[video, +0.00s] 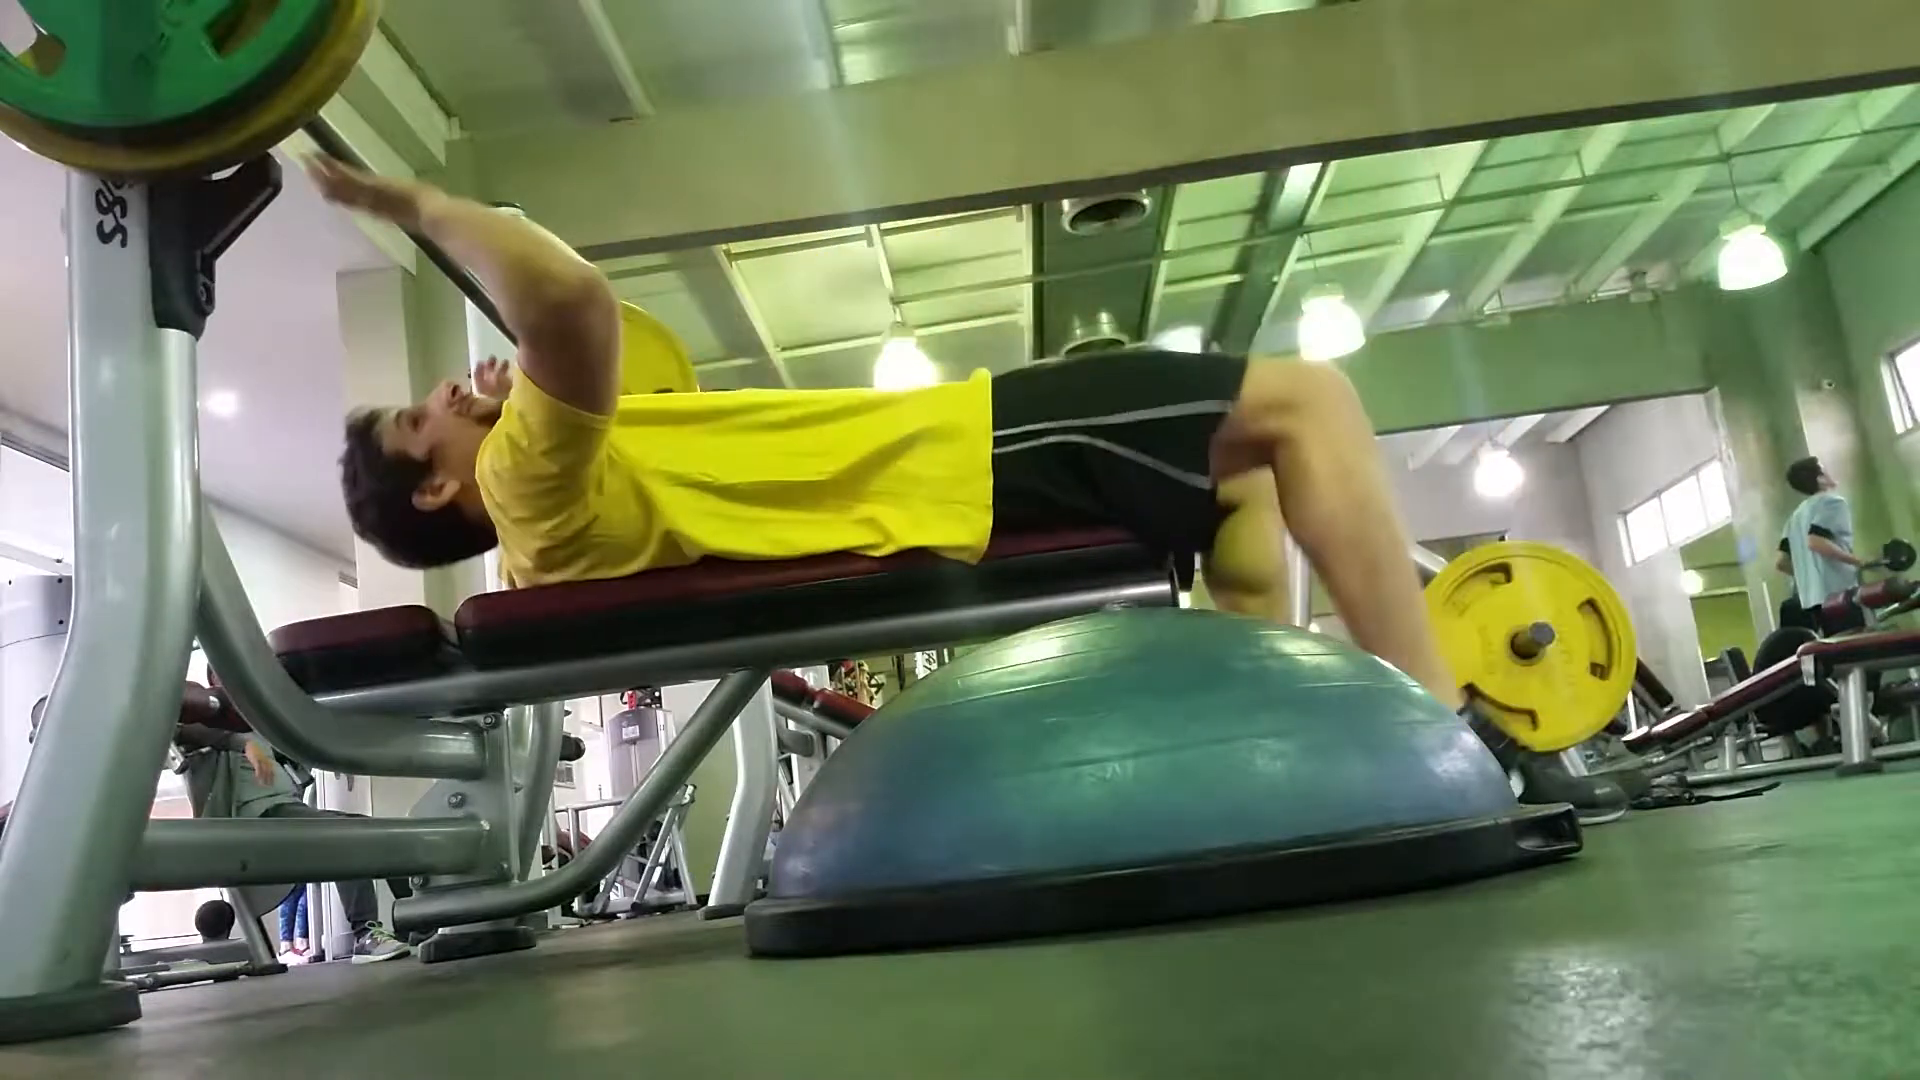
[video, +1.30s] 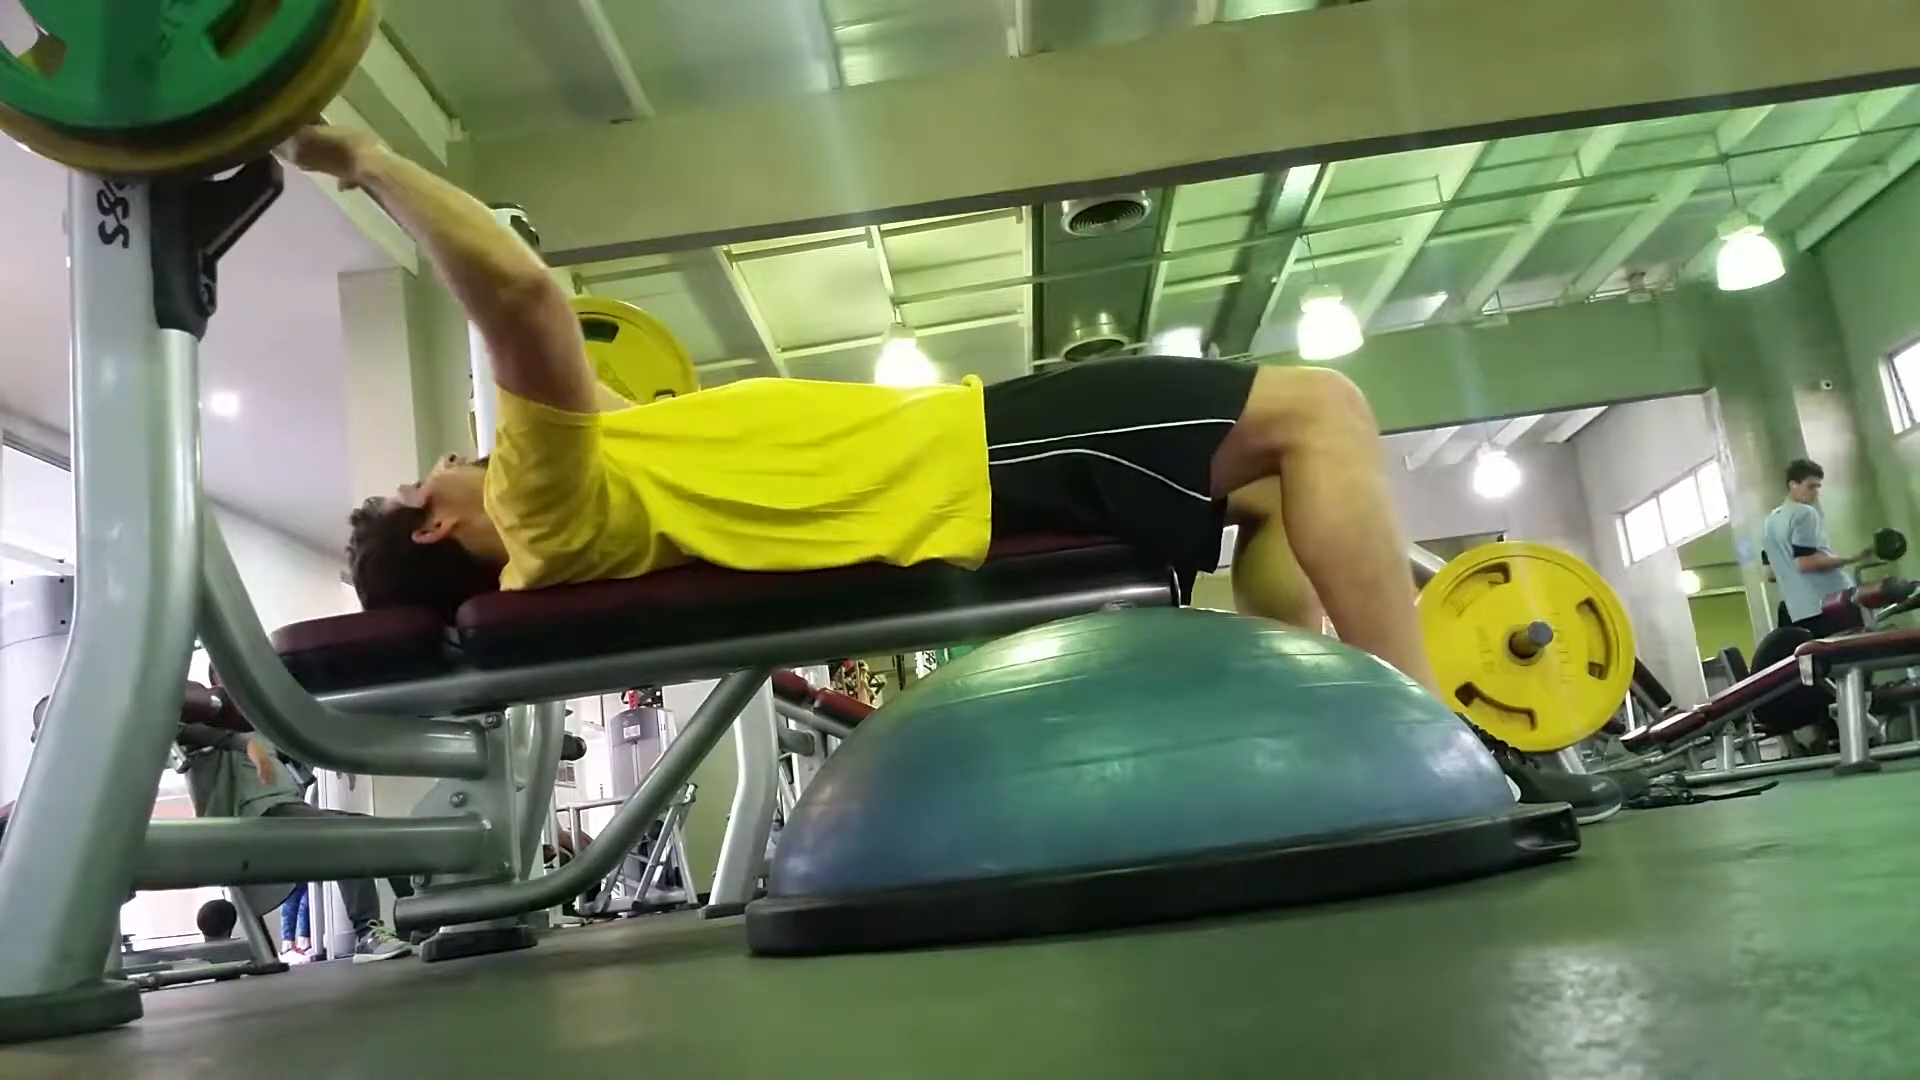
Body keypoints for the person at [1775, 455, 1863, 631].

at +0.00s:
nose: (1829, 473)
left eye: (1824, 469)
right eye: (1823, 470)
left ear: (1802, 486)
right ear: (1818, 477)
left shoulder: (1794, 517)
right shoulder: (1832, 502)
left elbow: (1782, 563)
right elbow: (1815, 541)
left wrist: (1811, 575)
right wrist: (1857, 561)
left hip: (1812, 603)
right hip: (1840, 598)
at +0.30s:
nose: (1817, 477)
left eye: (1815, 472)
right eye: (1814, 472)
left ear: (1790, 481)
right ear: (1806, 477)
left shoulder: (1784, 515)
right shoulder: (1813, 509)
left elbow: (1785, 566)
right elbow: (1825, 558)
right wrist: (1871, 548)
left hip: (1814, 605)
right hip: (1838, 602)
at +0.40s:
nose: (1815, 482)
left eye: (1814, 476)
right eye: (1812, 477)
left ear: (1786, 481)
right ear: (1803, 480)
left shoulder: (1778, 515)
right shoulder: (1809, 511)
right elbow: (1832, 560)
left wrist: (1818, 506)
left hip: (1812, 605)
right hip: (1837, 602)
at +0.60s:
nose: (1815, 491)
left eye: (1814, 485)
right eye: (1811, 485)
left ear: (1794, 484)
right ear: (1798, 483)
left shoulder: (1770, 522)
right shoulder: (1807, 515)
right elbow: (1840, 557)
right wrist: (1861, 525)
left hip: (1812, 610)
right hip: (1840, 604)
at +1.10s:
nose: (1811, 492)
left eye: (1812, 487)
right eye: (1805, 487)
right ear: (1786, 487)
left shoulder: (1766, 523)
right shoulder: (1802, 516)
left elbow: (1773, 565)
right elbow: (1818, 564)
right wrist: (1852, 539)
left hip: (1804, 613)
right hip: (1834, 606)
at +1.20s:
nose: (1812, 492)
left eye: (1813, 487)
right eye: (1806, 487)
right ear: (1787, 486)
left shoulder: (1768, 522)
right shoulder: (1802, 516)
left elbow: (1769, 564)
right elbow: (1811, 564)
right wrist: (1855, 547)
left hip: (1802, 616)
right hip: (1833, 609)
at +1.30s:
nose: (1816, 492)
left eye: (1818, 486)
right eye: (1811, 486)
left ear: (1793, 485)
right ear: (1793, 485)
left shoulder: (1771, 520)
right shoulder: (1805, 513)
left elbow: (1770, 572)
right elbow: (1806, 562)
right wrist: (1851, 558)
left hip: (1802, 616)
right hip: (1832, 609)